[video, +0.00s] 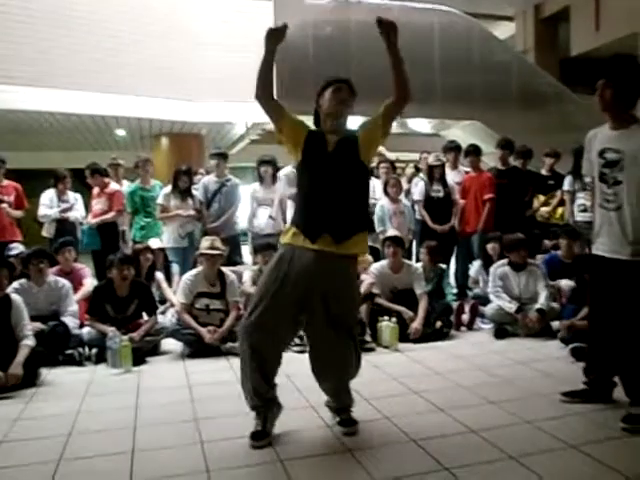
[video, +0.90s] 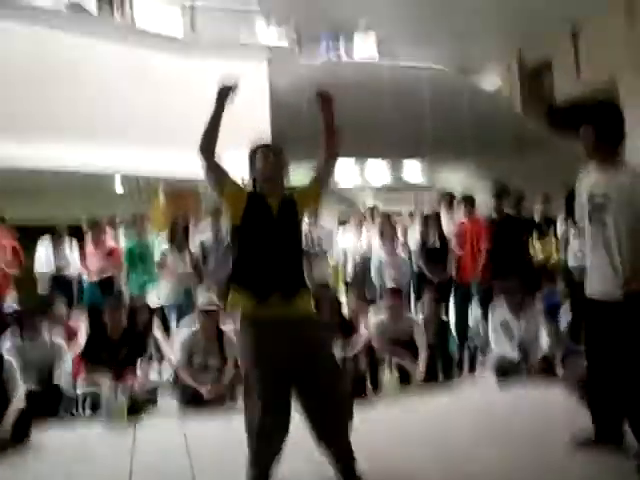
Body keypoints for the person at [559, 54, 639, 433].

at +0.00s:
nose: (600, 99)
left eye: (605, 92)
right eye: (599, 93)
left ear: (623, 96)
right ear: (602, 97)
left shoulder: (636, 136)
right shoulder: (594, 138)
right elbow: (588, 183)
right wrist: (586, 208)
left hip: (631, 251)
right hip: (602, 248)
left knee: (633, 329)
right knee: (600, 321)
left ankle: (637, 401)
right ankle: (599, 384)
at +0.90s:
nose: (584, 143)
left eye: (589, 135)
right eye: (583, 135)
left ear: (607, 137)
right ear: (587, 139)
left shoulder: (629, 180)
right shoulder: (585, 179)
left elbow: (634, 233)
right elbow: (579, 226)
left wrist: (632, 276)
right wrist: (577, 262)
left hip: (623, 288)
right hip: (592, 286)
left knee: (628, 367)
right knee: (598, 364)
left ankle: (637, 433)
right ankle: (606, 429)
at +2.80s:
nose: (559, 131)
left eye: (565, 126)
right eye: (558, 127)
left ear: (584, 130)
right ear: (561, 134)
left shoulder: (605, 165)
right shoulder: (562, 175)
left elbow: (629, 212)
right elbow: (563, 220)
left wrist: (617, 259)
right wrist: (559, 257)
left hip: (601, 274)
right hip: (570, 275)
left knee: (605, 345)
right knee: (577, 345)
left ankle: (619, 411)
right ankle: (596, 408)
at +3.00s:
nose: (557, 130)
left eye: (563, 124)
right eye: (557, 125)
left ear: (582, 129)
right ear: (562, 132)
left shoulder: (604, 165)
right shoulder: (562, 175)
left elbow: (628, 213)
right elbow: (563, 221)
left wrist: (616, 259)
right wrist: (561, 257)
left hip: (601, 276)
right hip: (571, 276)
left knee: (606, 345)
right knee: (577, 345)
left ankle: (620, 411)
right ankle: (597, 408)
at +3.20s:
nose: (561, 136)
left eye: (565, 129)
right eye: (558, 131)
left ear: (582, 130)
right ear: (558, 134)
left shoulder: (607, 165)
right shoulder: (563, 174)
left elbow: (629, 213)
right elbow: (564, 219)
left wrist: (617, 259)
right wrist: (558, 254)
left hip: (601, 275)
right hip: (570, 275)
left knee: (605, 345)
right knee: (577, 345)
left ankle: (619, 411)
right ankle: (597, 409)